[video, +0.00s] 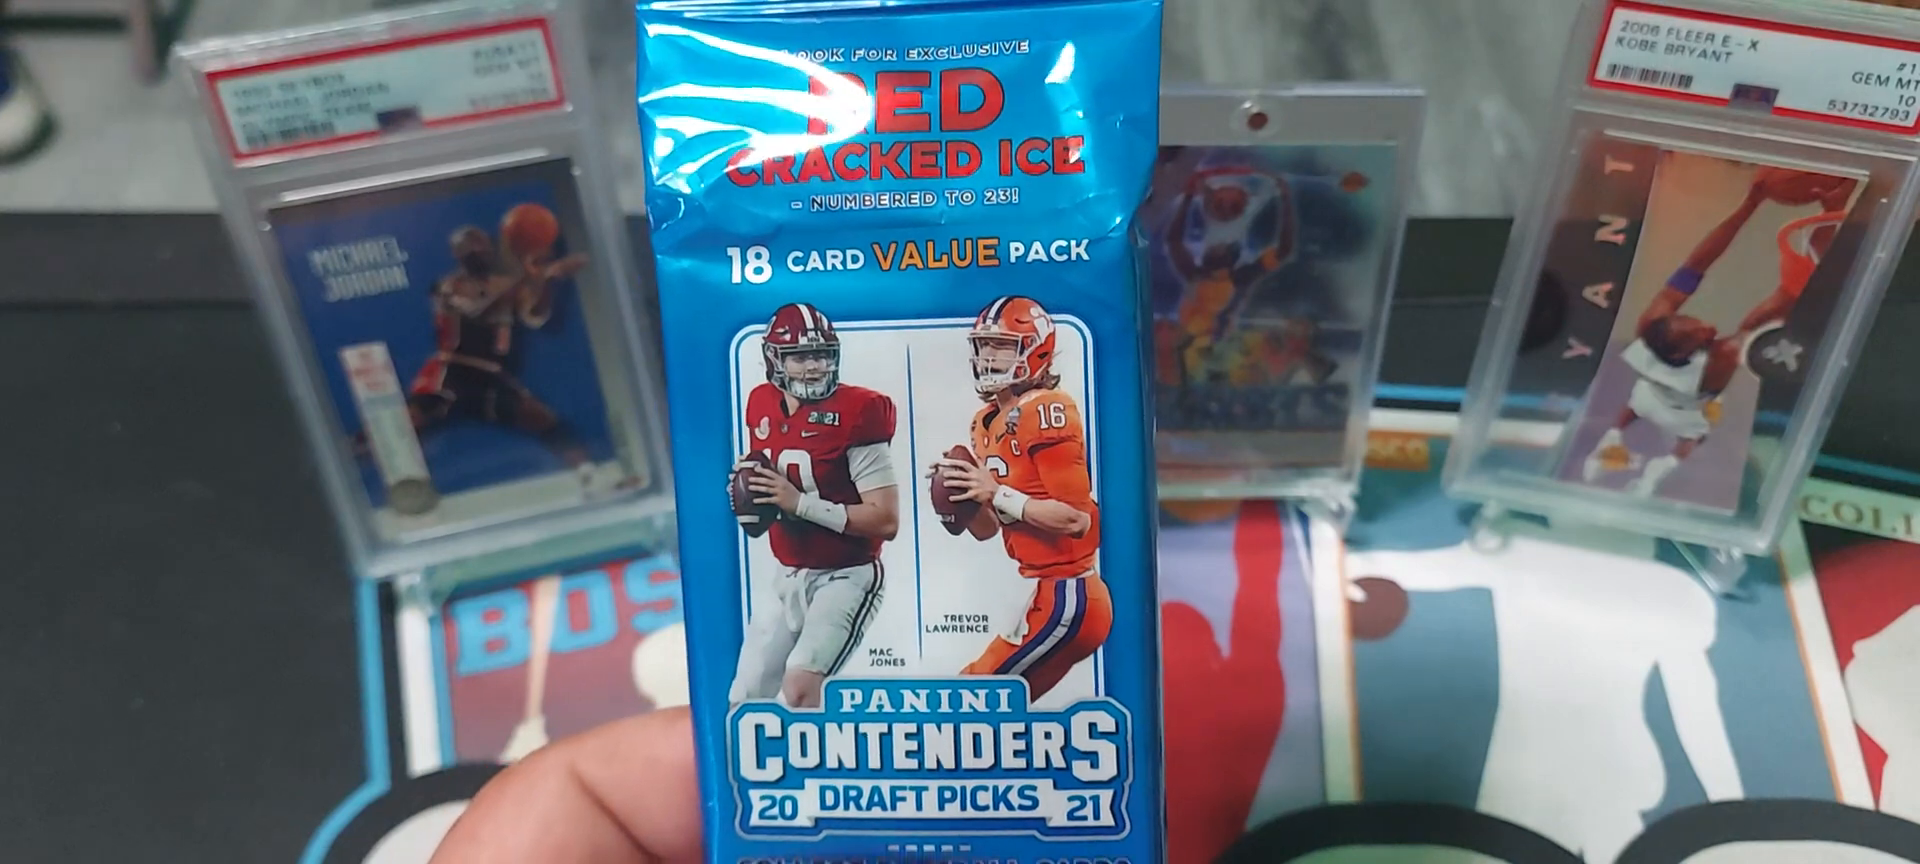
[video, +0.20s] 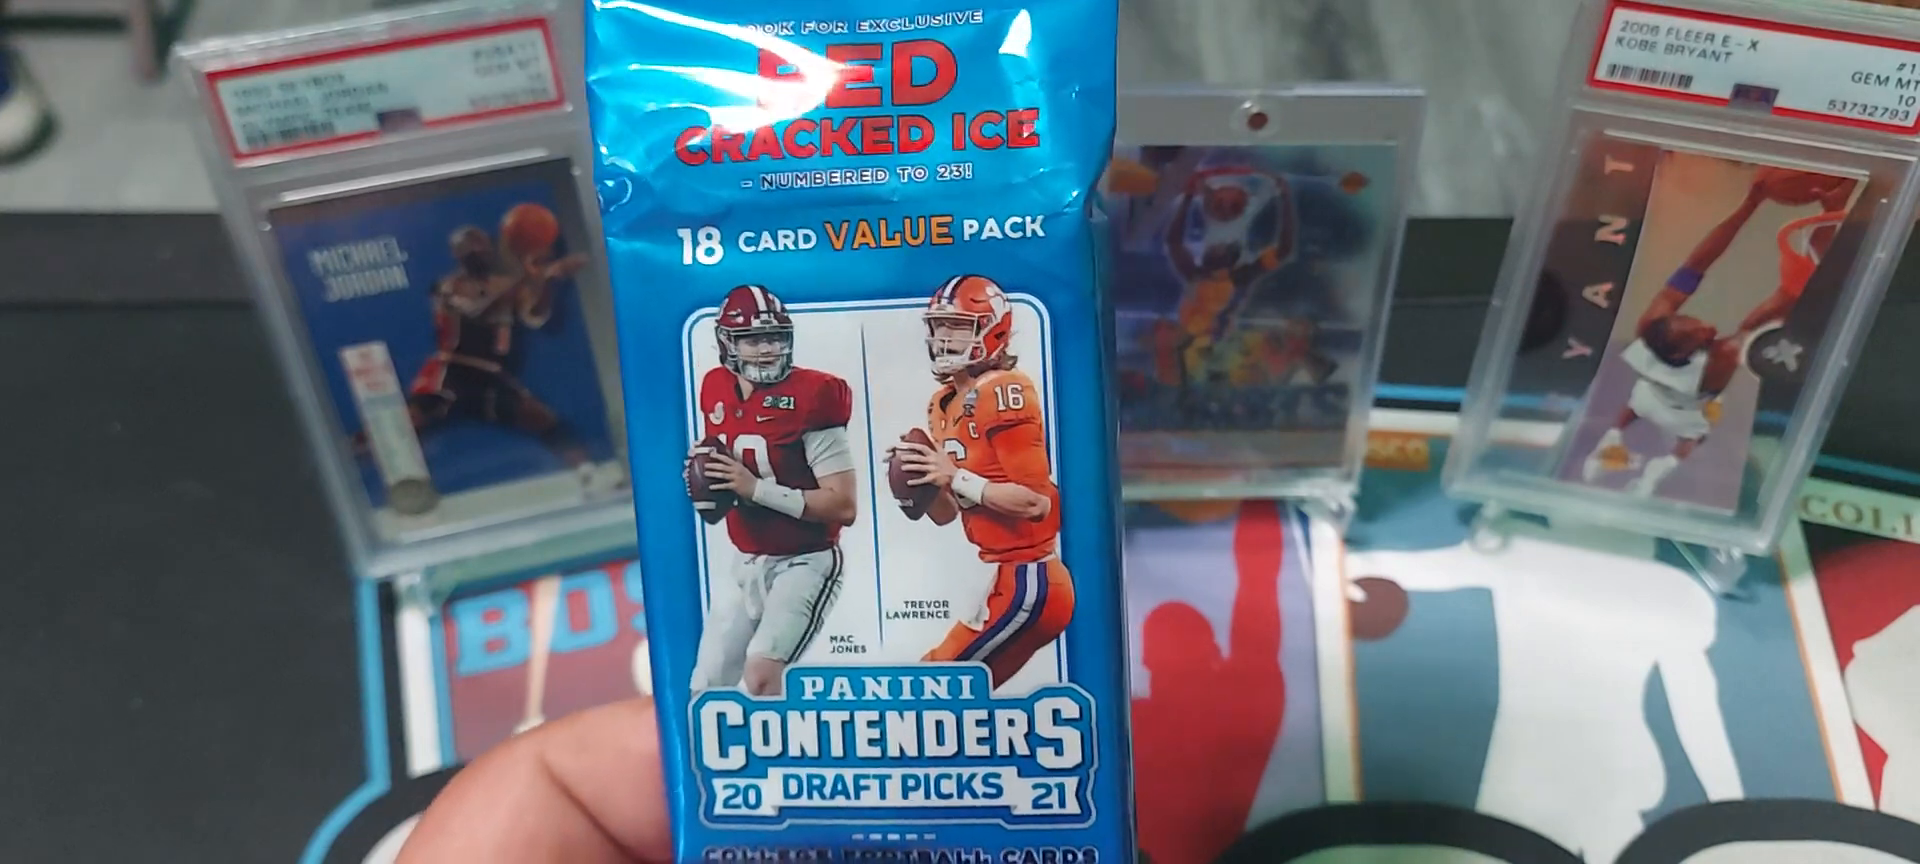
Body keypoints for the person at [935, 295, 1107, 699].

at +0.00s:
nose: (988, 359)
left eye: (1002, 348)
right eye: (983, 347)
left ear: (1034, 353)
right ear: (974, 350)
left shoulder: (1046, 410)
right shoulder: (985, 422)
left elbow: (1074, 517)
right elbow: (984, 528)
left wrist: (996, 492)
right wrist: (957, 491)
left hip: (1067, 597)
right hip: (1050, 594)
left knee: (964, 702)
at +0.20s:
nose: (944, 340)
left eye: (958, 329)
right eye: (939, 328)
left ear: (993, 332)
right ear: (929, 331)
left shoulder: (1004, 389)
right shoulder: (941, 403)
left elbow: (1034, 501)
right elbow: (943, 513)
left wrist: (954, 475)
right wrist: (914, 479)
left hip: (1028, 581)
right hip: (1010, 578)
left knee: (927, 691)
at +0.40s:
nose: (1033, 381)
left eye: (1049, 369)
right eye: (1028, 367)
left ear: (1083, 378)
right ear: (1018, 371)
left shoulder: (1095, 435)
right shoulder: (1032, 447)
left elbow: (1124, 551)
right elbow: (1029, 558)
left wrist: (1041, 523)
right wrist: (999, 528)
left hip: (1115, 633)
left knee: (1012, 739)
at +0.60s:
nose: (1127, 427)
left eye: (1143, 416)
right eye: (1123, 414)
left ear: (1179, 425)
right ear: (1113, 417)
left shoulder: (1189, 486)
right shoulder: (1120, 494)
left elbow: (1212, 606)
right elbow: (1114, 611)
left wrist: (1127, 572)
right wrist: (1083, 579)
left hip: (1201, 692)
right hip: (1176, 688)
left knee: (1081, 798)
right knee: (1098, 809)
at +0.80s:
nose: (1142, 409)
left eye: (1158, 398)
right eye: (1139, 397)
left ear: (1194, 406)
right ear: (1130, 400)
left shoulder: (1203, 468)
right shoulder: (1134, 474)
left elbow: (1222, 584)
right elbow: (1126, 588)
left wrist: (1140, 551)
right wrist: (1097, 555)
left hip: (1210, 669)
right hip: (1186, 664)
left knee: (1093, 768)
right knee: (1108, 779)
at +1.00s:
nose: (1187, 383)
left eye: (1203, 373)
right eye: (1184, 369)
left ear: (1238, 382)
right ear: (1173, 370)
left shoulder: (1242, 443)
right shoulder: (1173, 445)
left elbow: (1253, 559)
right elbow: (1158, 558)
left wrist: (1173, 522)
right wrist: (1135, 522)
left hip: (1236, 642)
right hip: (1213, 637)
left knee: (1112, 735)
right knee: (1129, 746)